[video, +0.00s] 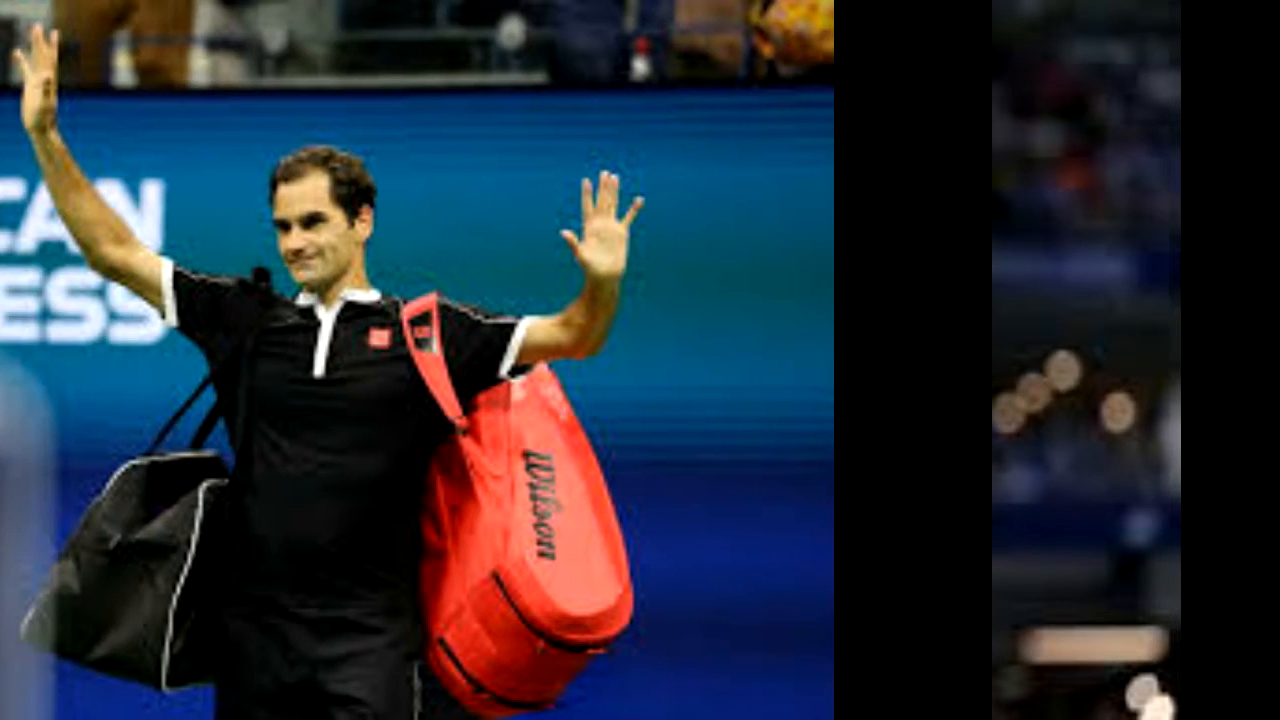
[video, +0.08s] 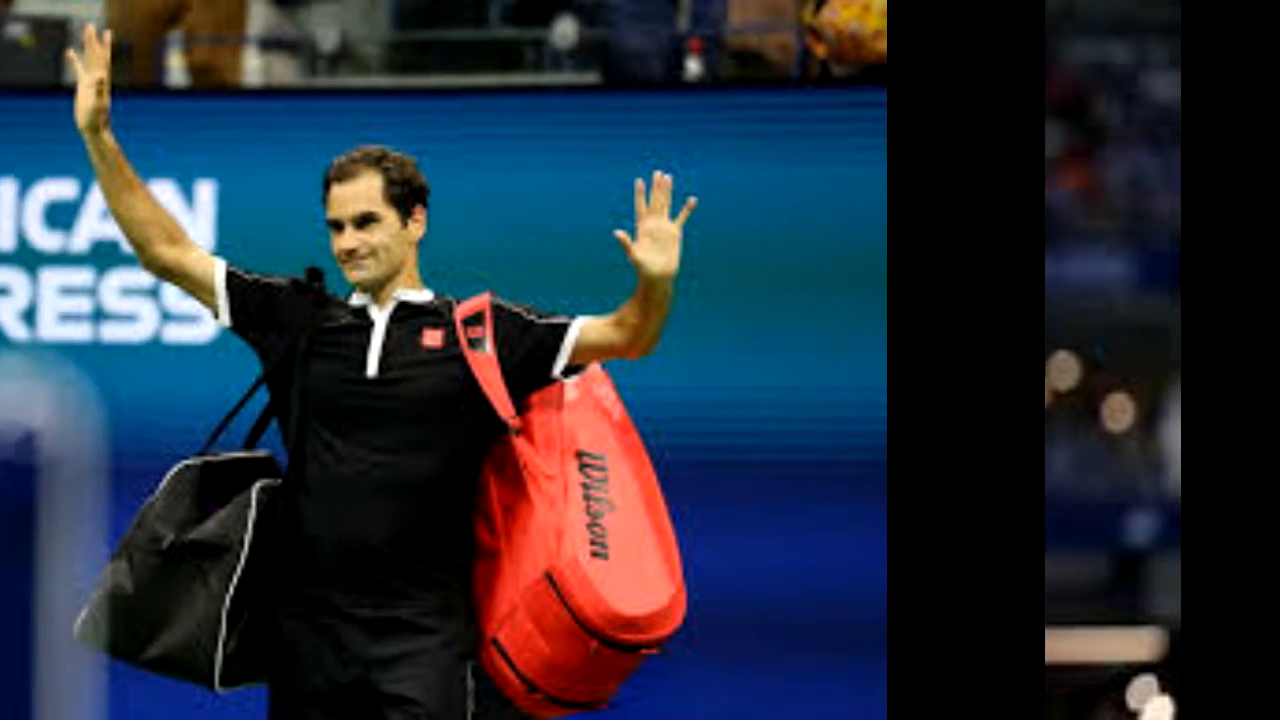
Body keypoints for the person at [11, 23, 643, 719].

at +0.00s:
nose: (294, 241)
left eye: (312, 224)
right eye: (283, 228)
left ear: (360, 224)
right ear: (273, 235)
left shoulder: (429, 329)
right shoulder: (242, 317)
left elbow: (574, 336)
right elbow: (111, 251)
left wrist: (603, 284)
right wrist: (42, 133)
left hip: (370, 626)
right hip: (256, 624)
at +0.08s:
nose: (347, 242)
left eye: (365, 224)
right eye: (336, 228)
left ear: (413, 225)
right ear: (327, 235)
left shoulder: (482, 329)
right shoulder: (295, 317)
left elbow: (628, 336)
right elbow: (164, 251)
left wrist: (656, 284)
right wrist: (95, 133)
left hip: (424, 627)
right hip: (310, 624)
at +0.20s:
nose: (425, 242)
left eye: (443, 224)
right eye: (414, 228)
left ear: (491, 225)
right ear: (404, 235)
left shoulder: (559, 329)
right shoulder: (372, 317)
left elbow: (705, 336)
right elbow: (242, 251)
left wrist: (734, 284)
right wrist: (173, 133)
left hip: (502, 628)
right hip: (387, 625)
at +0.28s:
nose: (477, 242)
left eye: (495, 224)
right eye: (466, 228)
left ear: (543, 225)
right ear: (456, 235)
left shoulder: (611, 329)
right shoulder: (424, 317)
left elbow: (757, 336)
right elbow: (294, 251)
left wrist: (786, 284)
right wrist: (225, 133)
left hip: (553, 628)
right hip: (439, 625)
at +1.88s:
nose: (581, 241)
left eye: (599, 223)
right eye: (570, 227)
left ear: (648, 223)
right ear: (561, 234)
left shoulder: (716, 331)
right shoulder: (531, 317)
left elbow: (859, 336)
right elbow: (399, 251)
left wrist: (890, 286)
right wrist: (330, 137)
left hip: (646, 624)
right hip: (530, 615)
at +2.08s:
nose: (583, 243)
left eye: (600, 225)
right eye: (571, 229)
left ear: (649, 224)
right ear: (562, 237)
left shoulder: (713, 330)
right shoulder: (537, 314)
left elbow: (862, 338)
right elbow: (418, 261)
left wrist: (890, 282)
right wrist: (338, 140)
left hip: (571, 576)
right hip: (472, 551)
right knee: (349, 606)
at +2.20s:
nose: (600, 253)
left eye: (615, 233)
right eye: (589, 238)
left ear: (659, 229)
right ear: (581, 243)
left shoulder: (713, 327)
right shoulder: (556, 324)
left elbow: (853, 332)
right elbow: (464, 287)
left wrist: (886, 285)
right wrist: (396, 171)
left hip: (523, 523)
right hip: (462, 487)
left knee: (352, 553)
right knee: (321, 553)